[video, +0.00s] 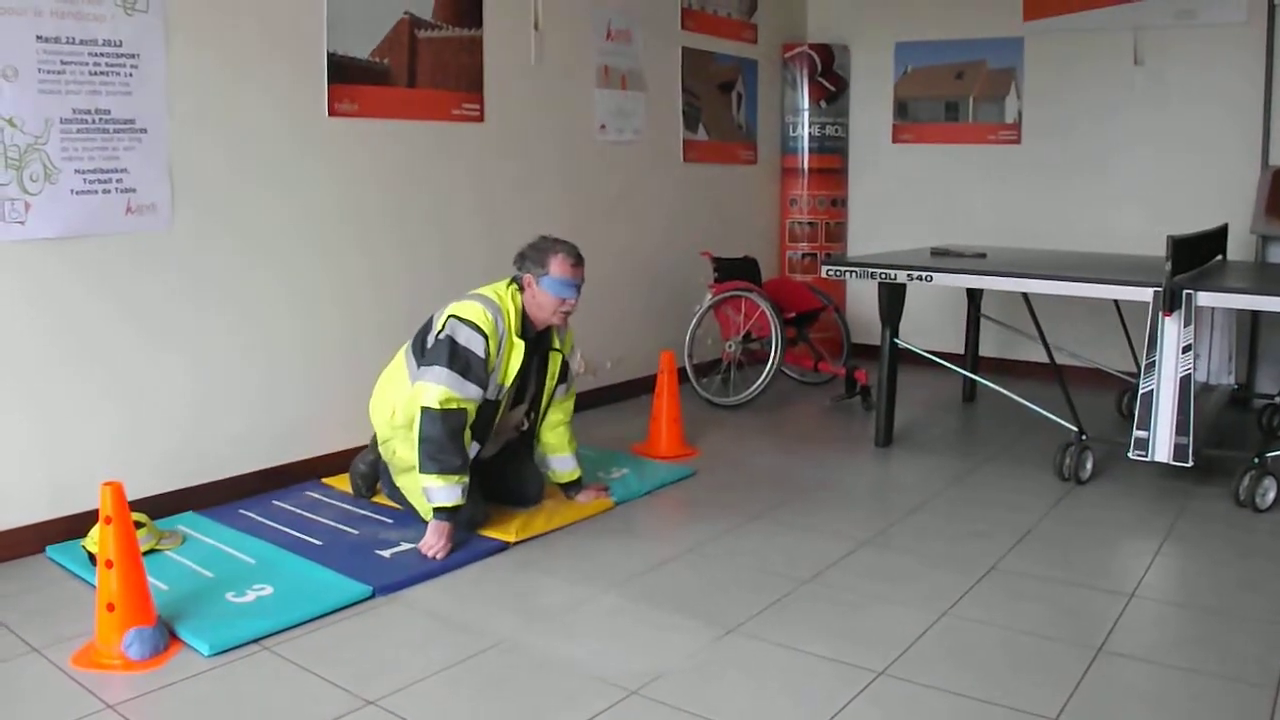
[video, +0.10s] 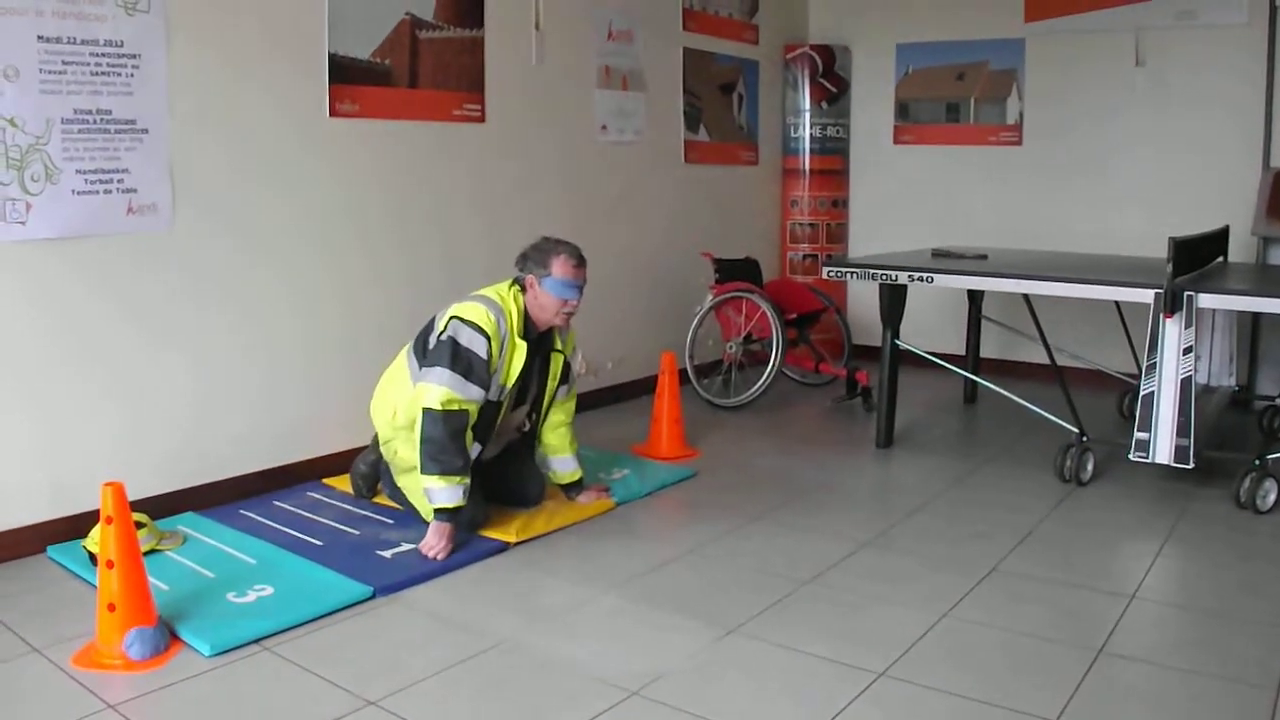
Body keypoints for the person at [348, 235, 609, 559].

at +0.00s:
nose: (572, 303)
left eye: (576, 292)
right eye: (562, 291)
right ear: (529, 284)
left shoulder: (556, 335)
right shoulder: (475, 321)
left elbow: (555, 412)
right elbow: (440, 414)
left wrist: (572, 486)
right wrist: (442, 514)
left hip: (482, 419)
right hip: (409, 424)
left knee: (526, 491)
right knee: (465, 518)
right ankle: (386, 466)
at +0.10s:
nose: (574, 304)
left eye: (579, 293)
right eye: (564, 291)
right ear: (531, 285)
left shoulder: (558, 334)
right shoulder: (477, 322)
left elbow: (556, 412)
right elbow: (442, 415)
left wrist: (573, 487)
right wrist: (443, 516)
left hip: (483, 420)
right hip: (411, 426)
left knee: (527, 492)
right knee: (466, 518)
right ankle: (386, 466)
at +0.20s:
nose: (575, 304)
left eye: (580, 294)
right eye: (565, 292)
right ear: (531, 286)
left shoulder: (559, 335)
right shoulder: (478, 322)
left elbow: (556, 413)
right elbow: (442, 414)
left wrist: (572, 487)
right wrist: (444, 516)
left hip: (482, 418)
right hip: (410, 424)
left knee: (527, 492)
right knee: (467, 517)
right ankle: (387, 466)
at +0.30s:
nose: (574, 305)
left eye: (579, 294)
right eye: (564, 293)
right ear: (531, 286)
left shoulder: (559, 335)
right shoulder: (478, 323)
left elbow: (556, 413)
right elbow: (442, 416)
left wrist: (573, 488)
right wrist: (444, 517)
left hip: (482, 419)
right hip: (411, 425)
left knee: (528, 492)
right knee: (468, 517)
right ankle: (387, 465)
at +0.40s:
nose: (572, 305)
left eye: (578, 293)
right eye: (563, 292)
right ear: (530, 287)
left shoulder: (558, 336)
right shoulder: (477, 323)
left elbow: (556, 413)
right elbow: (441, 416)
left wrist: (573, 488)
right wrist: (444, 517)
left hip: (481, 419)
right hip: (410, 425)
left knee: (528, 492)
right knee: (469, 517)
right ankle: (387, 467)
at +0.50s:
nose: (572, 304)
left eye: (577, 293)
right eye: (562, 292)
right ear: (529, 286)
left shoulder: (558, 338)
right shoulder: (476, 323)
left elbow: (555, 414)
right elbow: (441, 418)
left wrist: (573, 488)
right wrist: (444, 517)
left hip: (481, 420)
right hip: (410, 426)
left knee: (527, 493)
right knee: (469, 517)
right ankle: (387, 467)